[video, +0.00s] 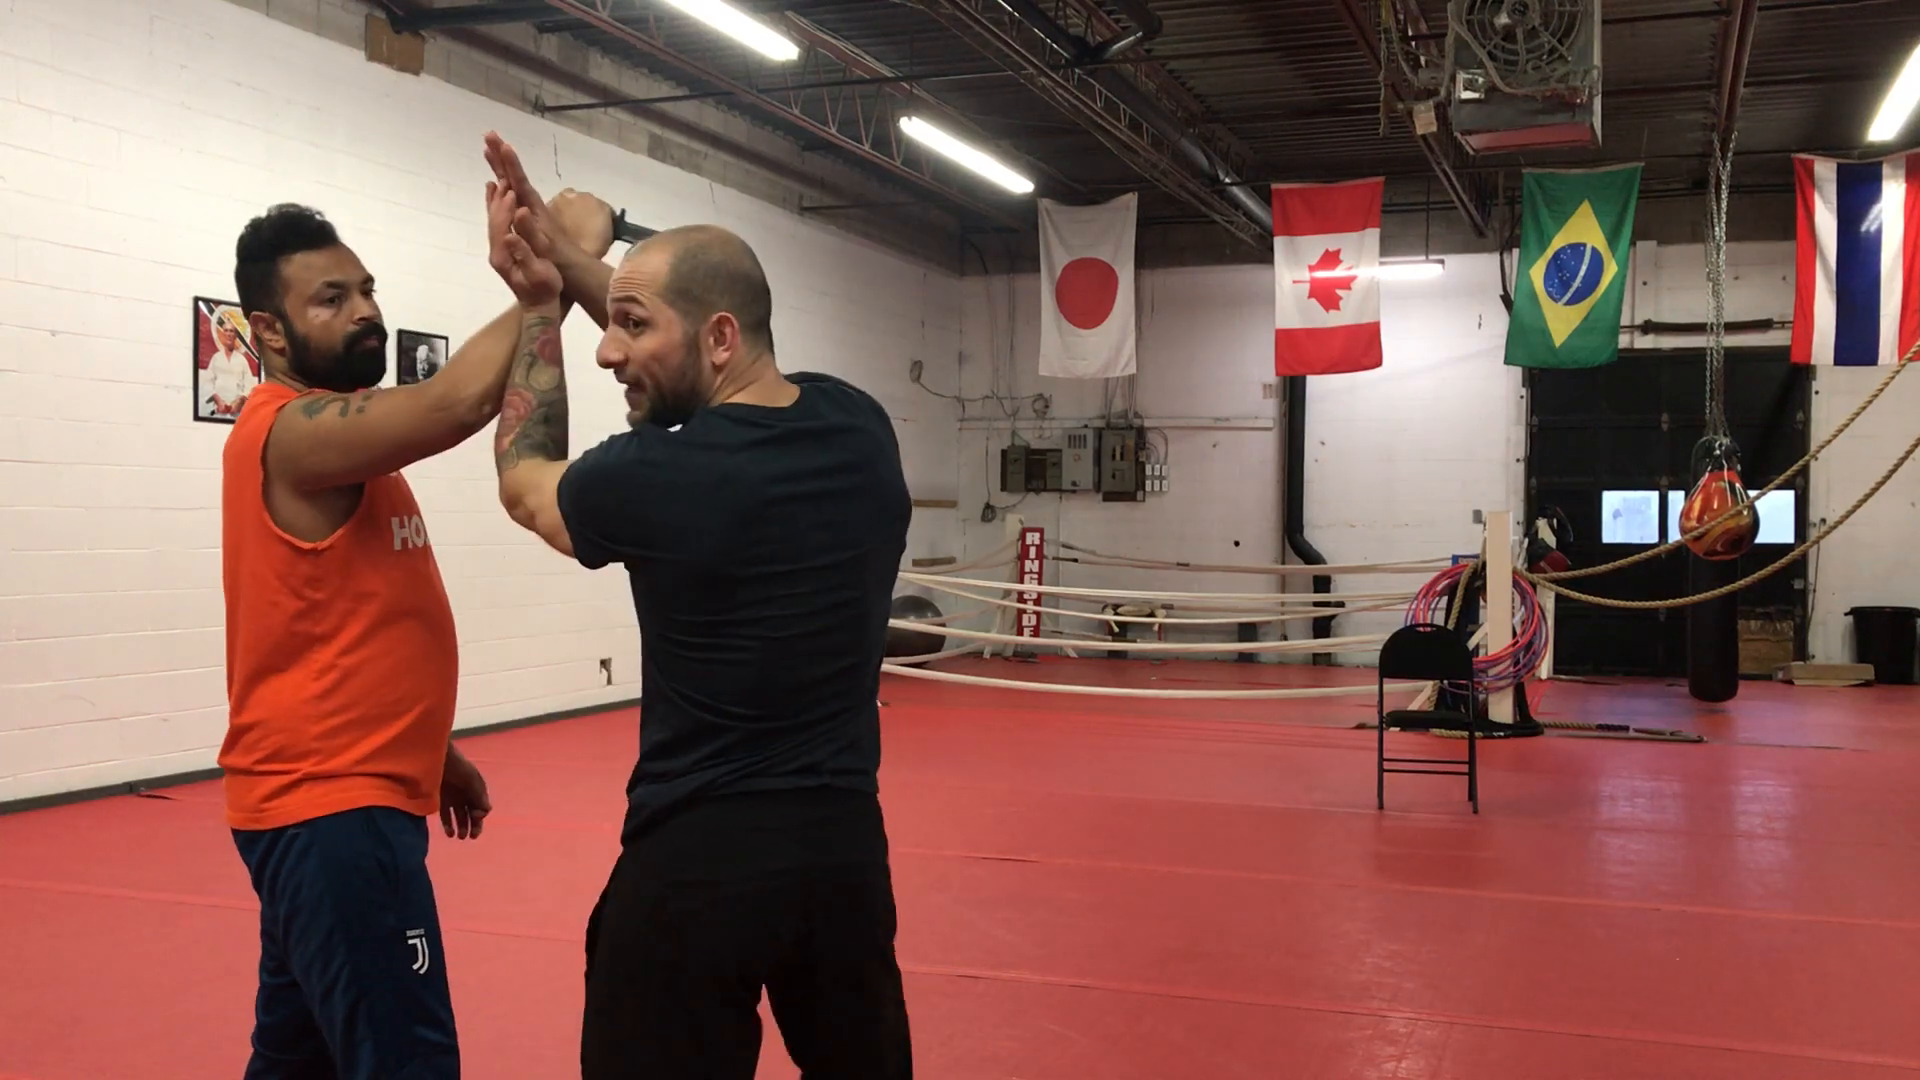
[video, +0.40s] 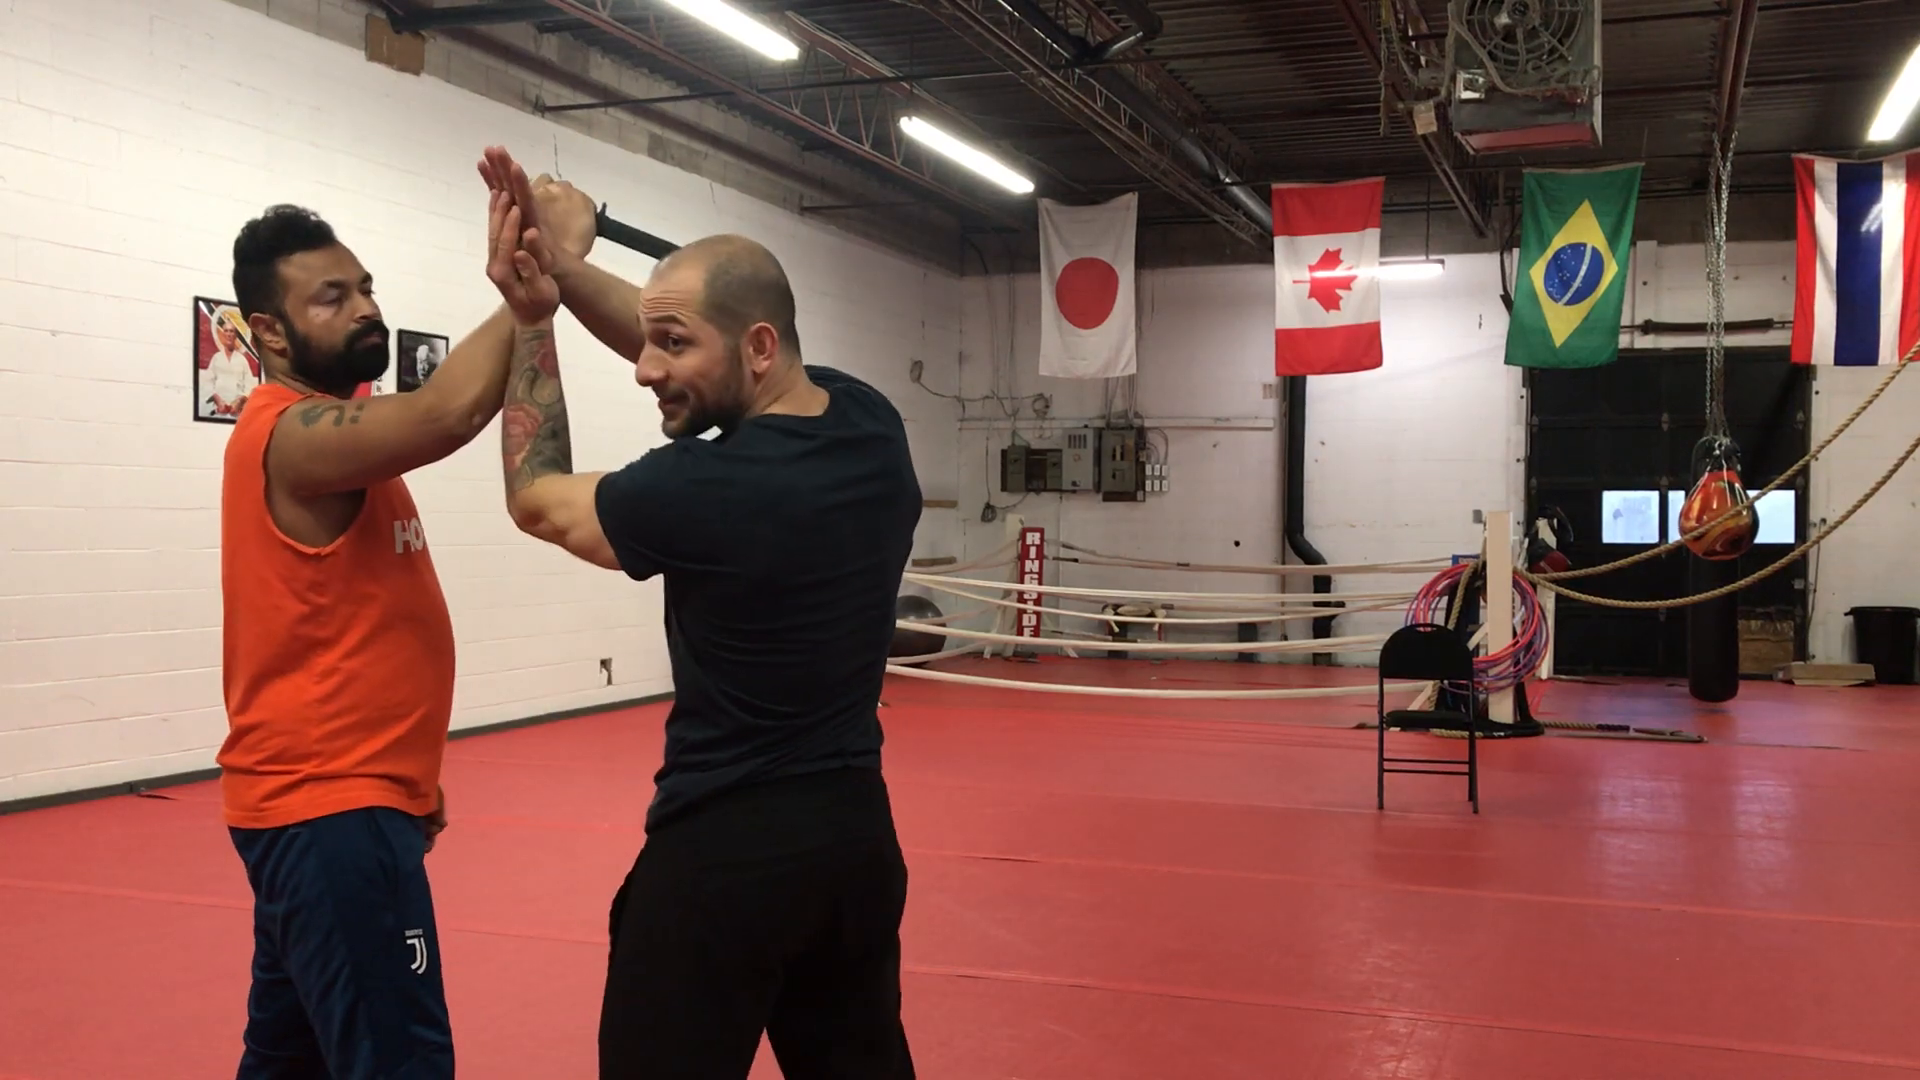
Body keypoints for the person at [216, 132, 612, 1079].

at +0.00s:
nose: (366, 312)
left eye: (367, 291)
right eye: (333, 298)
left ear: (373, 296)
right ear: (270, 329)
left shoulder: (318, 426)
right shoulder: (295, 427)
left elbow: (333, 631)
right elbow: (458, 400)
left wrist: (425, 751)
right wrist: (555, 275)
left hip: (334, 791)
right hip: (334, 800)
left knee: (296, 1056)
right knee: (409, 1057)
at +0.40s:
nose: (367, 310)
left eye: (365, 289)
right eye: (334, 297)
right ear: (267, 328)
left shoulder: (306, 422)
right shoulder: (295, 429)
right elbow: (445, 414)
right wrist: (526, 288)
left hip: (323, 800)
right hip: (332, 807)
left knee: (289, 1055)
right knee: (404, 1057)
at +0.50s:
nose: (369, 311)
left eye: (367, 288)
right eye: (335, 300)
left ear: (372, 287)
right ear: (271, 333)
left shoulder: (306, 422)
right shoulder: (299, 431)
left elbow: (450, 420)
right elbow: (452, 414)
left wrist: (522, 301)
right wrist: (525, 305)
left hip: (325, 798)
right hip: (334, 805)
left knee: (292, 1054)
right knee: (406, 1057)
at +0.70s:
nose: (375, 312)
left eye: (373, 290)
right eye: (341, 298)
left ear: (378, 292)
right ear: (277, 330)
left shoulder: (315, 422)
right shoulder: (301, 429)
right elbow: (453, 422)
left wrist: (537, 304)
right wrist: (528, 307)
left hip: (325, 799)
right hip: (335, 807)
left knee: (291, 1054)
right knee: (407, 1056)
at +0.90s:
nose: (377, 305)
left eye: (375, 285)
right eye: (342, 295)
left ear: (381, 291)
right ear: (281, 333)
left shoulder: (326, 424)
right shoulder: (305, 430)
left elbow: (347, 628)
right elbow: (455, 418)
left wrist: (420, 762)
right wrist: (529, 298)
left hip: (338, 793)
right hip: (333, 802)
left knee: (296, 1054)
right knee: (409, 1056)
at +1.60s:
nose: (500, 316)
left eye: (500, 296)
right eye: (467, 303)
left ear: (503, 301)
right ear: (406, 337)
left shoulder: (457, 426)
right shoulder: (422, 432)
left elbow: (460, 627)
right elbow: (558, 428)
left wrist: (531, 758)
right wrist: (626, 311)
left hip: (459, 789)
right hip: (441, 796)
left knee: (394, 1055)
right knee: (517, 1055)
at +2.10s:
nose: (626, 320)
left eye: (624, 299)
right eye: (595, 307)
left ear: (625, 303)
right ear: (534, 339)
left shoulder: (578, 428)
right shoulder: (541, 432)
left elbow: (581, 621)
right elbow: (670, 432)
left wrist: (643, 754)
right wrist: (748, 315)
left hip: (572, 786)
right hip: (555, 792)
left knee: (497, 1051)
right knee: (631, 1056)